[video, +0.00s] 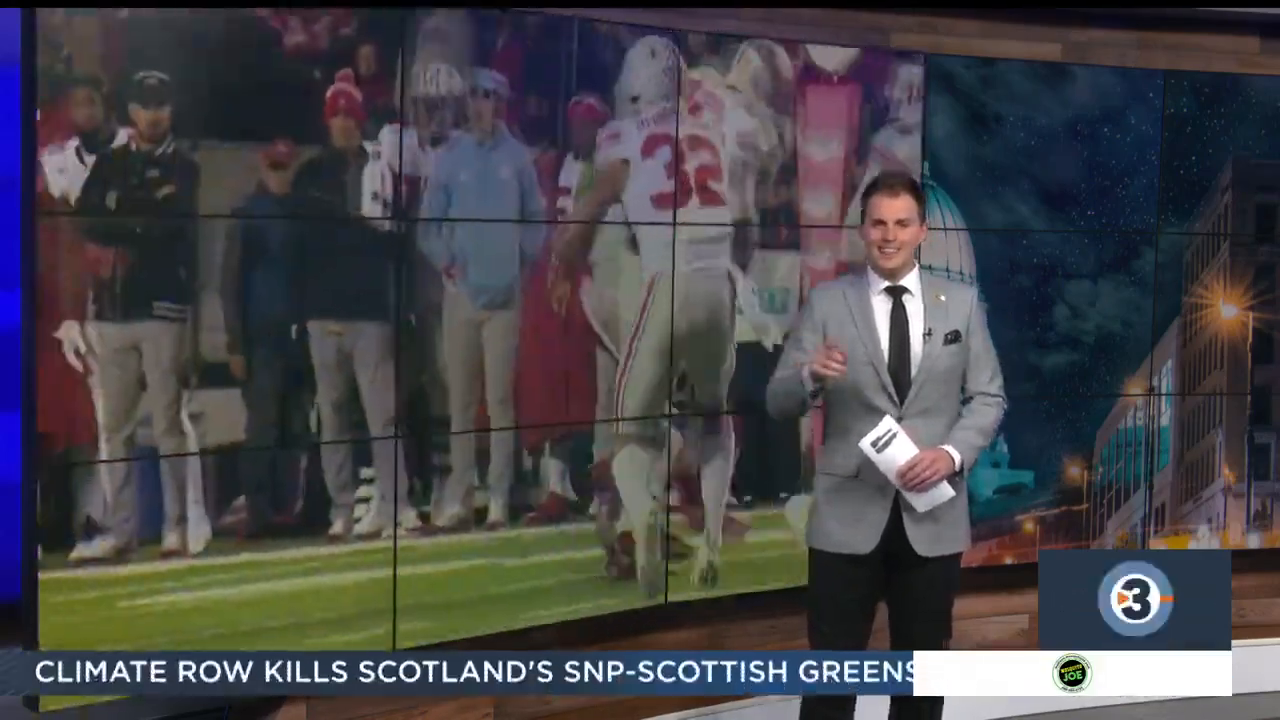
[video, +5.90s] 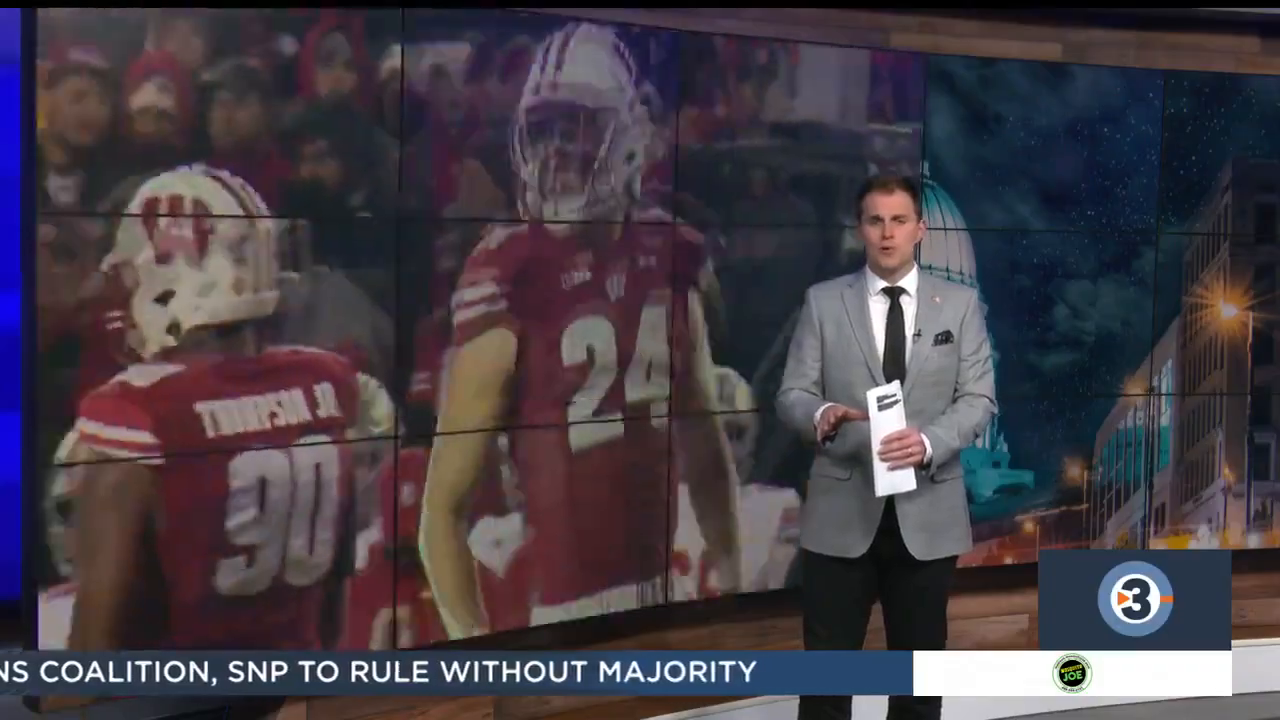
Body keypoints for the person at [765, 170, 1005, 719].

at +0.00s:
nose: (887, 234)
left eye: (901, 223)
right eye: (876, 222)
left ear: (922, 230)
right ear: (862, 230)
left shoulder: (961, 301)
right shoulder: (825, 302)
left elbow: (987, 398)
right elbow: (777, 402)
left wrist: (952, 453)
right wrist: (809, 376)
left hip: (931, 514)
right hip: (846, 512)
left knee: (924, 674)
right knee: (831, 674)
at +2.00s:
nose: (901, 233)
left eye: (914, 220)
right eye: (890, 221)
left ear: (935, 229)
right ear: (875, 230)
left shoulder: (972, 304)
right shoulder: (837, 300)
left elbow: (997, 401)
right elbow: (796, 381)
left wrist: (960, 457)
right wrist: (798, 400)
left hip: (937, 515)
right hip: (853, 513)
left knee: (928, 674)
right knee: (835, 671)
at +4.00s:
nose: (907, 230)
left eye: (917, 218)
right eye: (894, 219)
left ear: (932, 228)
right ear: (872, 230)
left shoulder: (969, 302)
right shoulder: (836, 301)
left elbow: (989, 401)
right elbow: (799, 396)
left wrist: (941, 422)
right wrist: (832, 405)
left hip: (935, 509)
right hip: (849, 507)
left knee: (927, 668)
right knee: (833, 666)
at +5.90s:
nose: (886, 232)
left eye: (898, 221)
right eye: (875, 221)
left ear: (919, 228)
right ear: (860, 230)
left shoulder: (961, 303)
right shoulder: (823, 302)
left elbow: (978, 401)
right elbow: (793, 394)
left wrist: (930, 441)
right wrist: (822, 416)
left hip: (926, 513)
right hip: (840, 512)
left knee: (921, 673)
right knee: (826, 673)